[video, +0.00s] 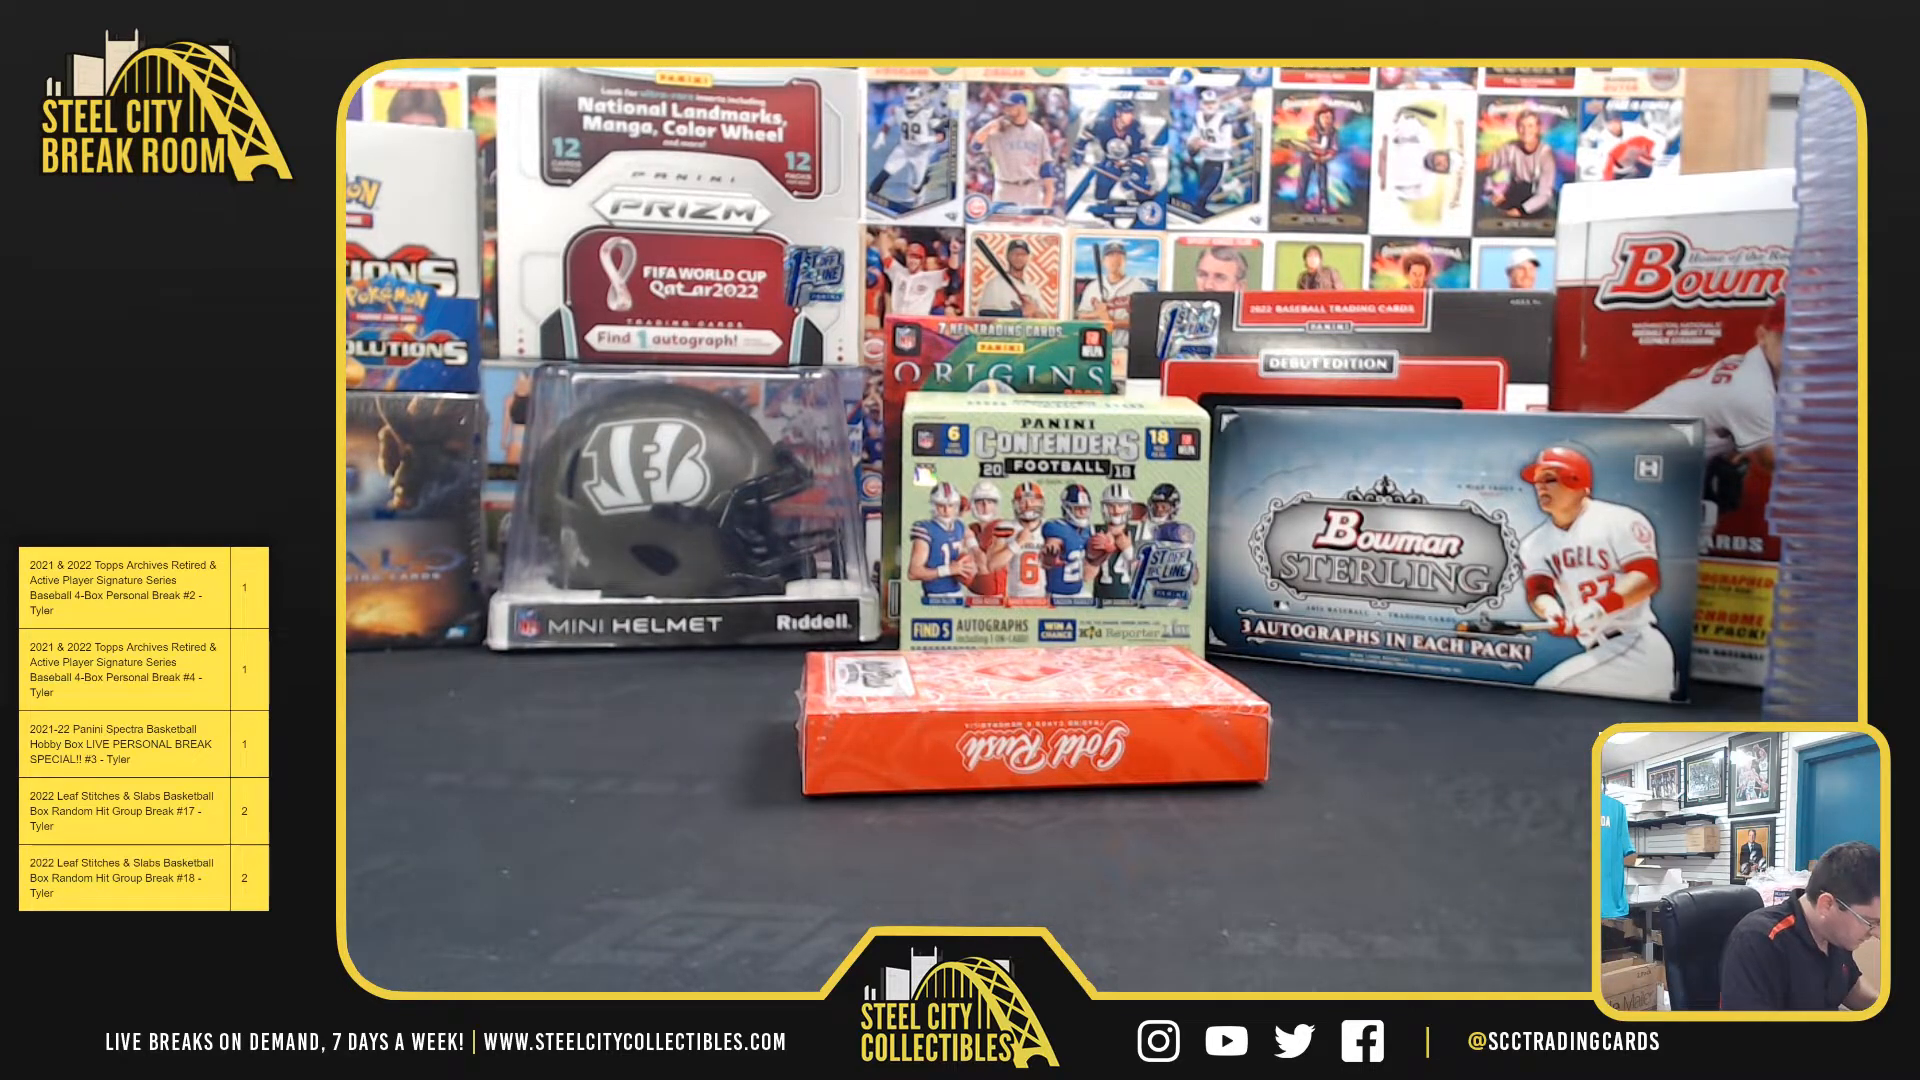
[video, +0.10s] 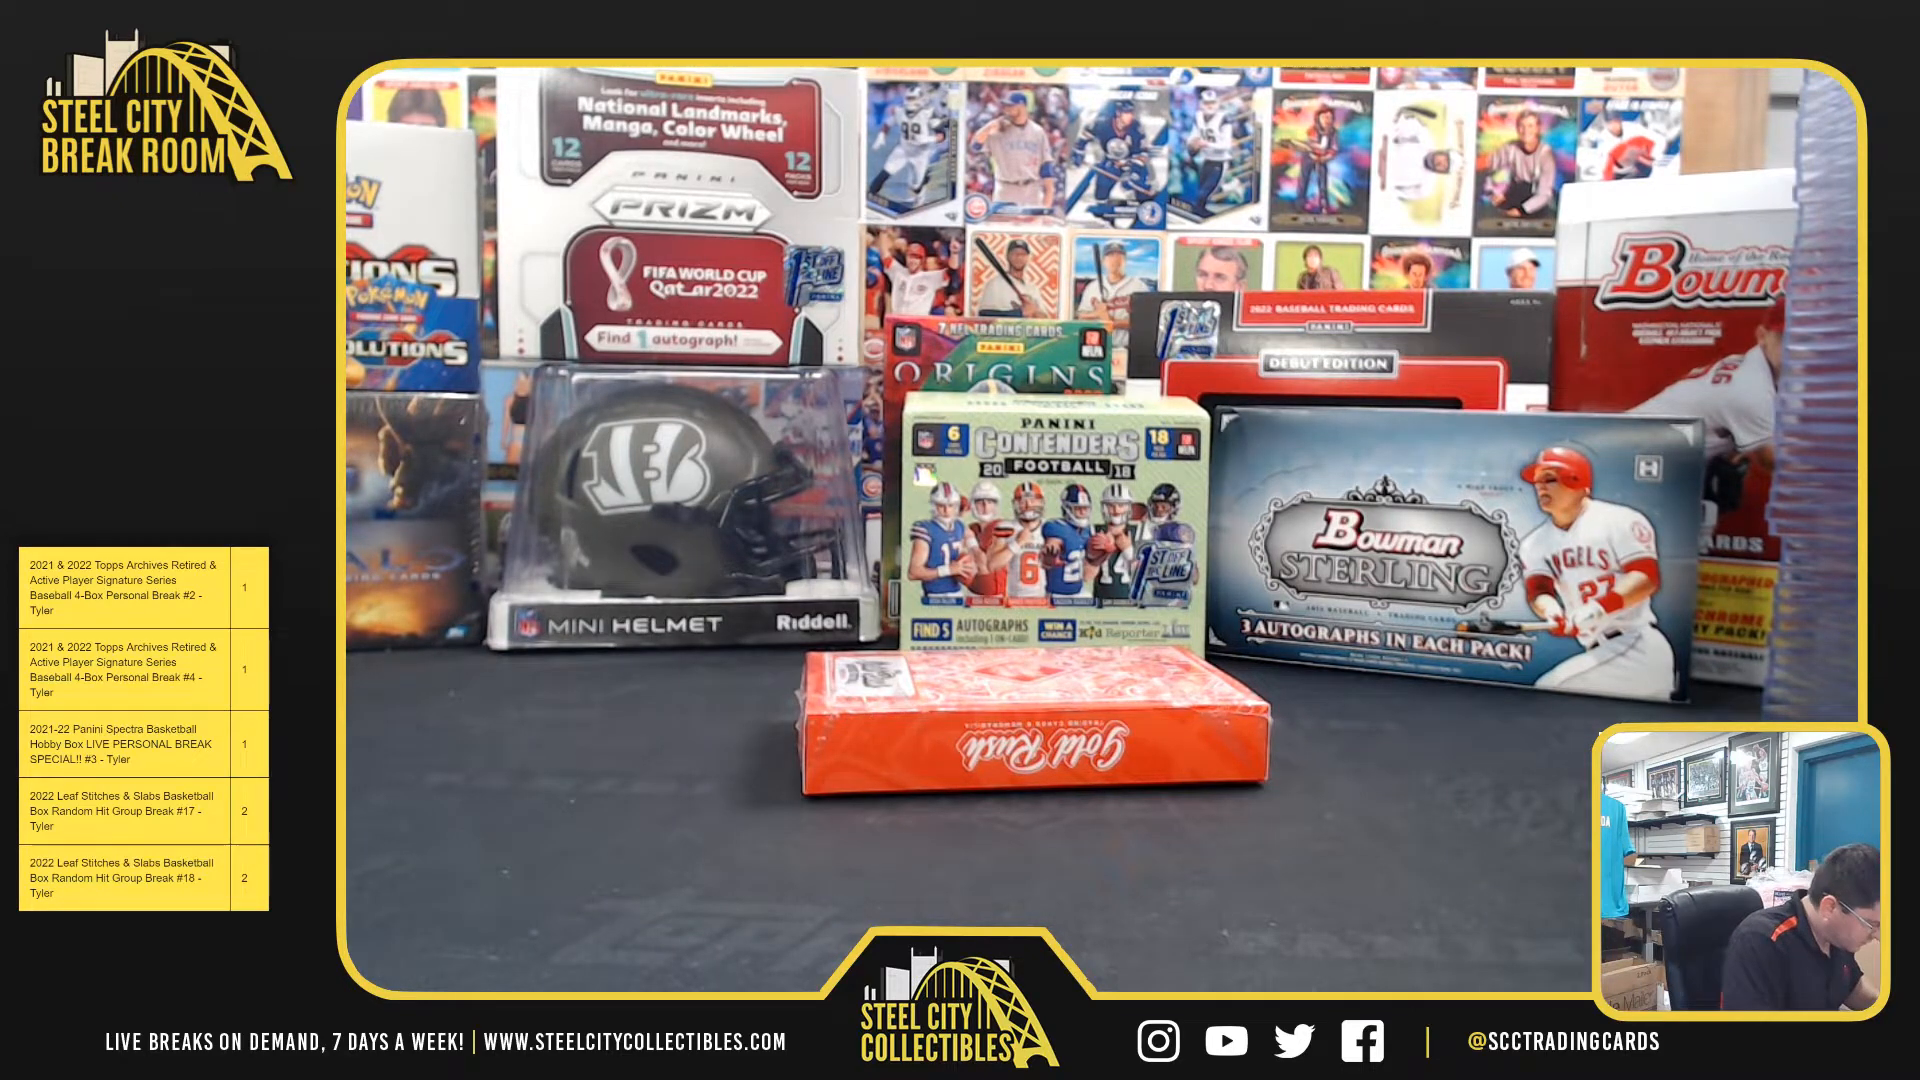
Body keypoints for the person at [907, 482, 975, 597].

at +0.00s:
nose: (946, 511)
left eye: (951, 506)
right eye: (941, 506)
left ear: (957, 507)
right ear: (934, 507)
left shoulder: (960, 528)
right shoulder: (925, 529)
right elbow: (914, 572)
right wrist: (949, 570)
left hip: (957, 595)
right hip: (935, 598)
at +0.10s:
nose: (946, 511)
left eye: (951, 506)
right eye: (941, 506)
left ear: (957, 507)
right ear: (934, 507)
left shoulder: (960, 528)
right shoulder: (925, 529)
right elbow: (914, 572)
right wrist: (949, 570)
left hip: (957, 595)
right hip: (935, 598)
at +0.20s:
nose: (946, 511)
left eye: (951, 506)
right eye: (941, 506)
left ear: (957, 507)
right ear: (934, 507)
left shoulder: (960, 528)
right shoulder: (925, 529)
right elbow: (914, 572)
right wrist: (949, 570)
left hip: (957, 596)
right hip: (935, 598)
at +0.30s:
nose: (946, 511)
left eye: (951, 506)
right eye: (941, 506)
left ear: (957, 507)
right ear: (934, 507)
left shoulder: (960, 528)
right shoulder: (925, 529)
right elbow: (914, 572)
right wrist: (949, 570)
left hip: (957, 596)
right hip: (935, 598)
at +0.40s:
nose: (946, 511)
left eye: (951, 506)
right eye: (941, 506)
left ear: (957, 507)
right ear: (934, 507)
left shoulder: (960, 528)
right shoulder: (925, 529)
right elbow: (914, 572)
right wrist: (949, 570)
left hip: (957, 596)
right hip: (935, 598)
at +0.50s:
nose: (946, 511)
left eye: (951, 506)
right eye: (941, 506)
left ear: (957, 507)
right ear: (934, 507)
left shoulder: (960, 528)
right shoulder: (925, 529)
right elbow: (914, 572)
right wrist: (949, 570)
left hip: (957, 596)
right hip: (935, 598)